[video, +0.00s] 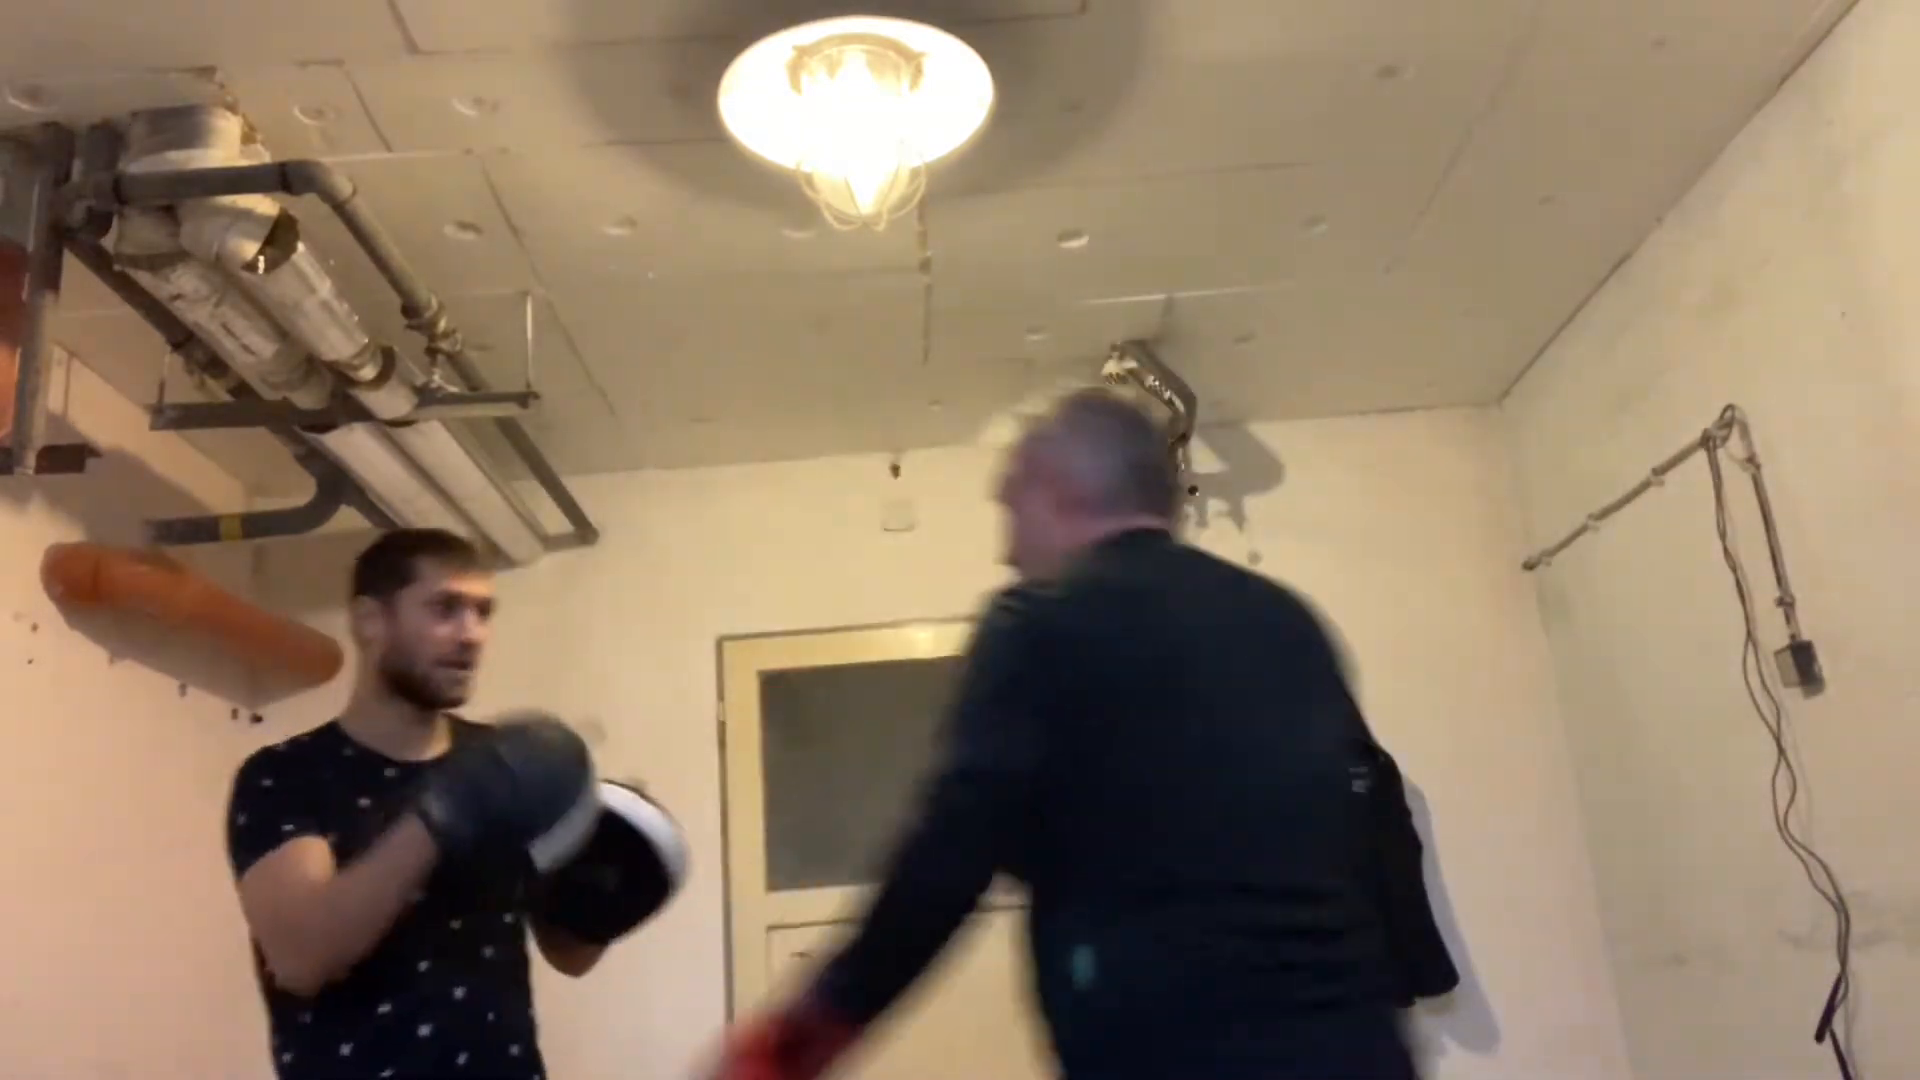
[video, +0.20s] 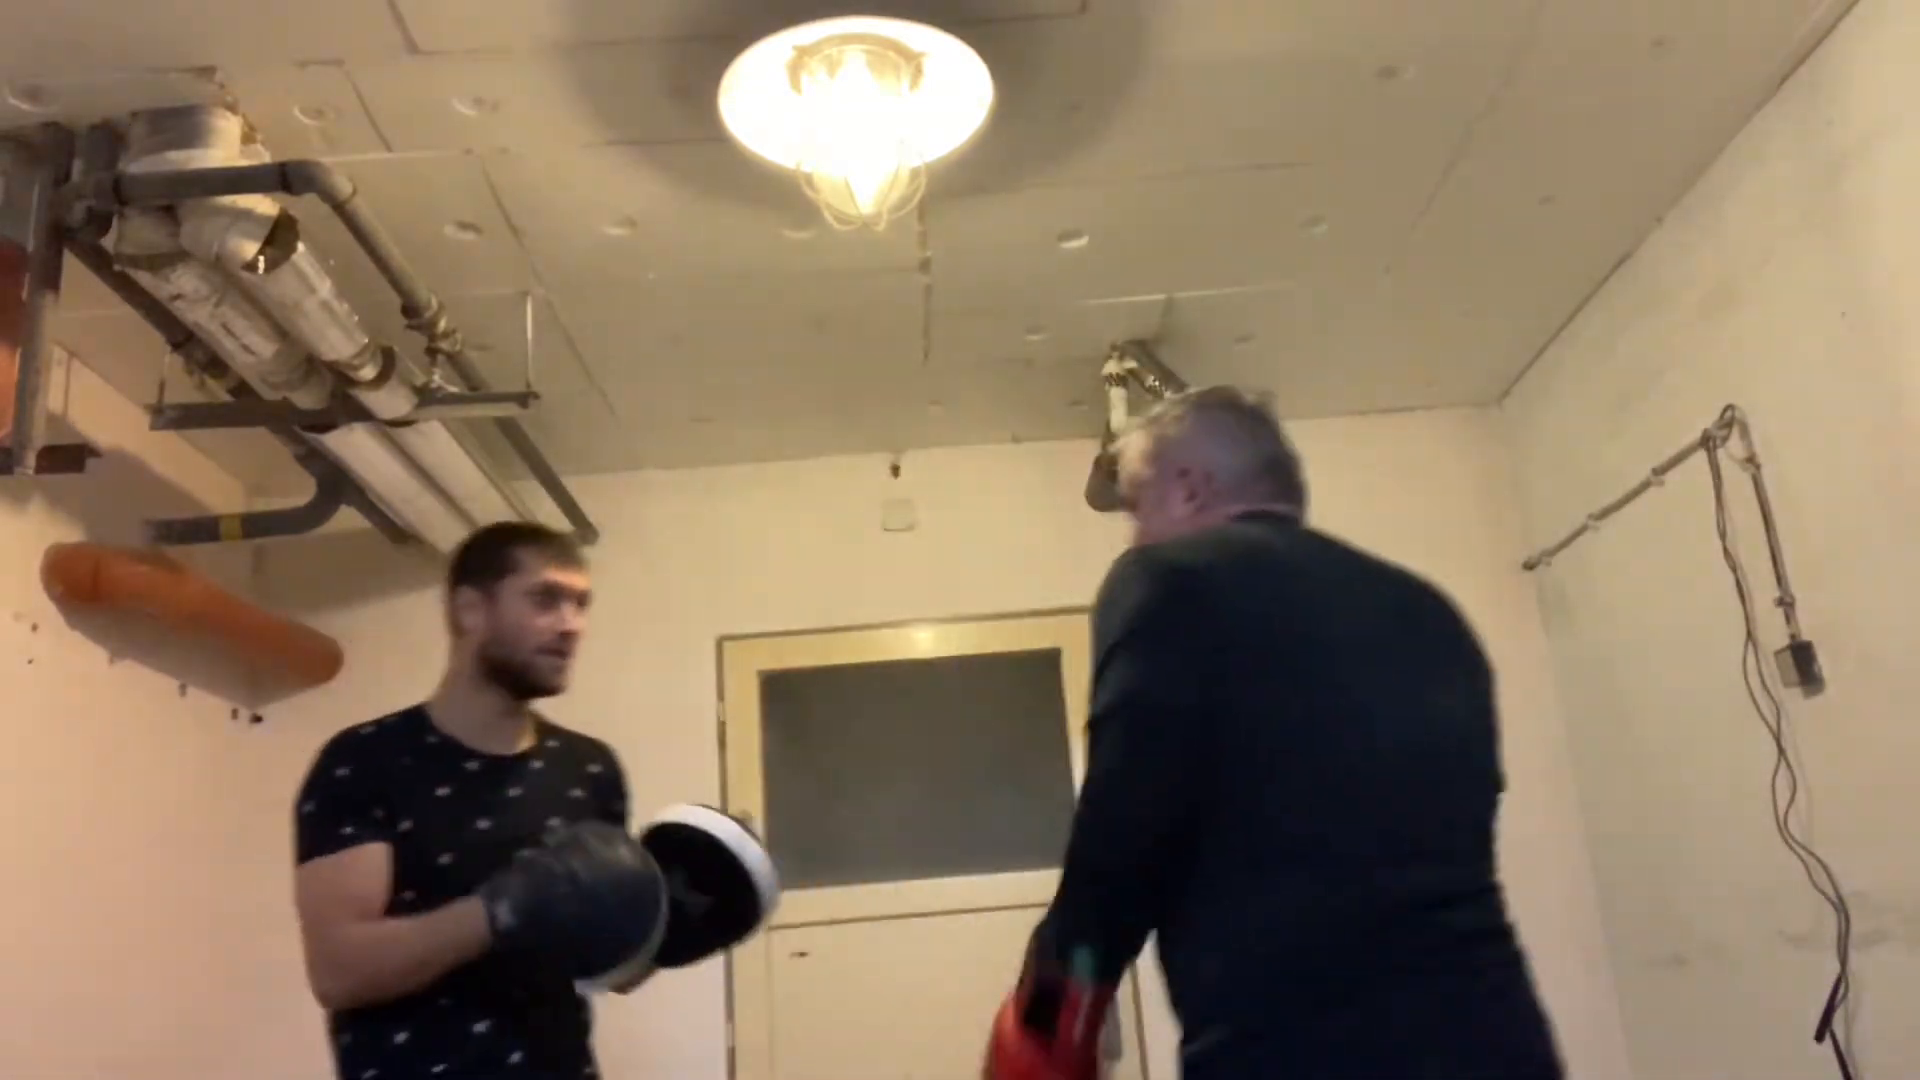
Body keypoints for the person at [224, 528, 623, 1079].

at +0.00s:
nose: (471, 634)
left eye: (482, 614)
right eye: (445, 610)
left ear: (491, 624)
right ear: (369, 622)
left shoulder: (503, 765)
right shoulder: (282, 779)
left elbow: (571, 954)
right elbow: (301, 953)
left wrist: (597, 881)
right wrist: (445, 812)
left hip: (501, 1066)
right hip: (354, 1069)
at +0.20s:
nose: (571, 625)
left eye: (579, 606)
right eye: (545, 600)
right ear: (468, 610)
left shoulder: (590, 772)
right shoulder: (360, 767)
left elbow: (613, 967)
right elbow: (339, 970)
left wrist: (661, 916)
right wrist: (501, 909)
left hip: (555, 1066)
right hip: (406, 1068)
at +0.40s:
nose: (644, 613)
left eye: (650, 595)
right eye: (619, 587)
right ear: (544, 593)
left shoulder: (655, 763)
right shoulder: (427, 746)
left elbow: (654, 957)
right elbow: (382, 951)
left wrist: (718, 923)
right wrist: (548, 913)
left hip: (603, 1065)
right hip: (452, 1067)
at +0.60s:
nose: (653, 598)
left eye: (661, 579)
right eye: (626, 571)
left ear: (671, 589)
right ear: (551, 579)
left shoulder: (681, 751)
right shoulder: (443, 741)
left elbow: (732, 951)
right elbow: (397, 955)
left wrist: (793, 900)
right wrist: (566, 900)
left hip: (628, 1064)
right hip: (474, 1065)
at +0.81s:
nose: (591, 575)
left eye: (611, 554)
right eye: (560, 546)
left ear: (629, 574)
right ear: (499, 560)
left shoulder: (669, 739)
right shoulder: (406, 747)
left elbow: (743, 914)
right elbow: (367, 981)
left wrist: (841, 918)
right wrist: (540, 929)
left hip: (630, 1067)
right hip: (467, 1069)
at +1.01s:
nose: (580, 513)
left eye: (603, 493)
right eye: (549, 483)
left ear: (622, 525)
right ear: (485, 503)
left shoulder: (661, 705)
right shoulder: (386, 697)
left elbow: (705, 897)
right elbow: (339, 946)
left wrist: (856, 912)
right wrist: (554, 891)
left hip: (621, 1059)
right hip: (446, 1063)